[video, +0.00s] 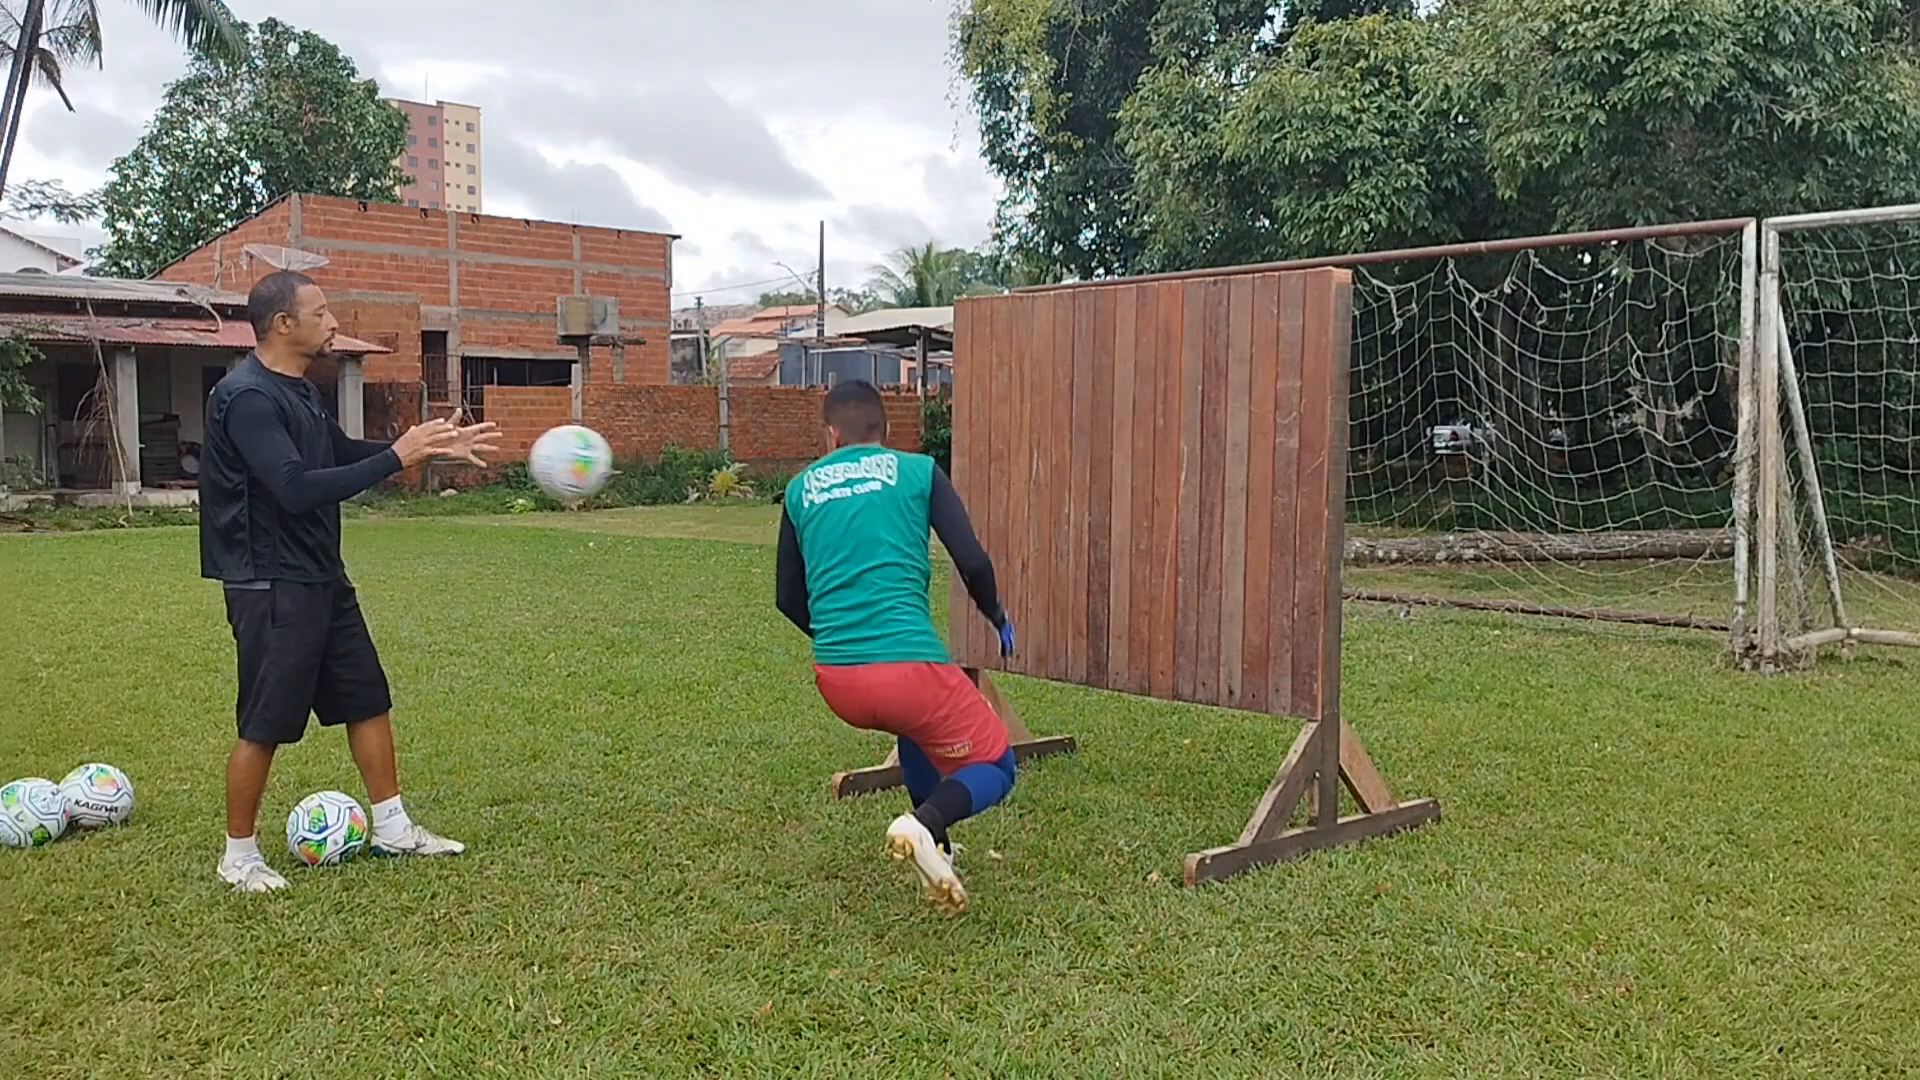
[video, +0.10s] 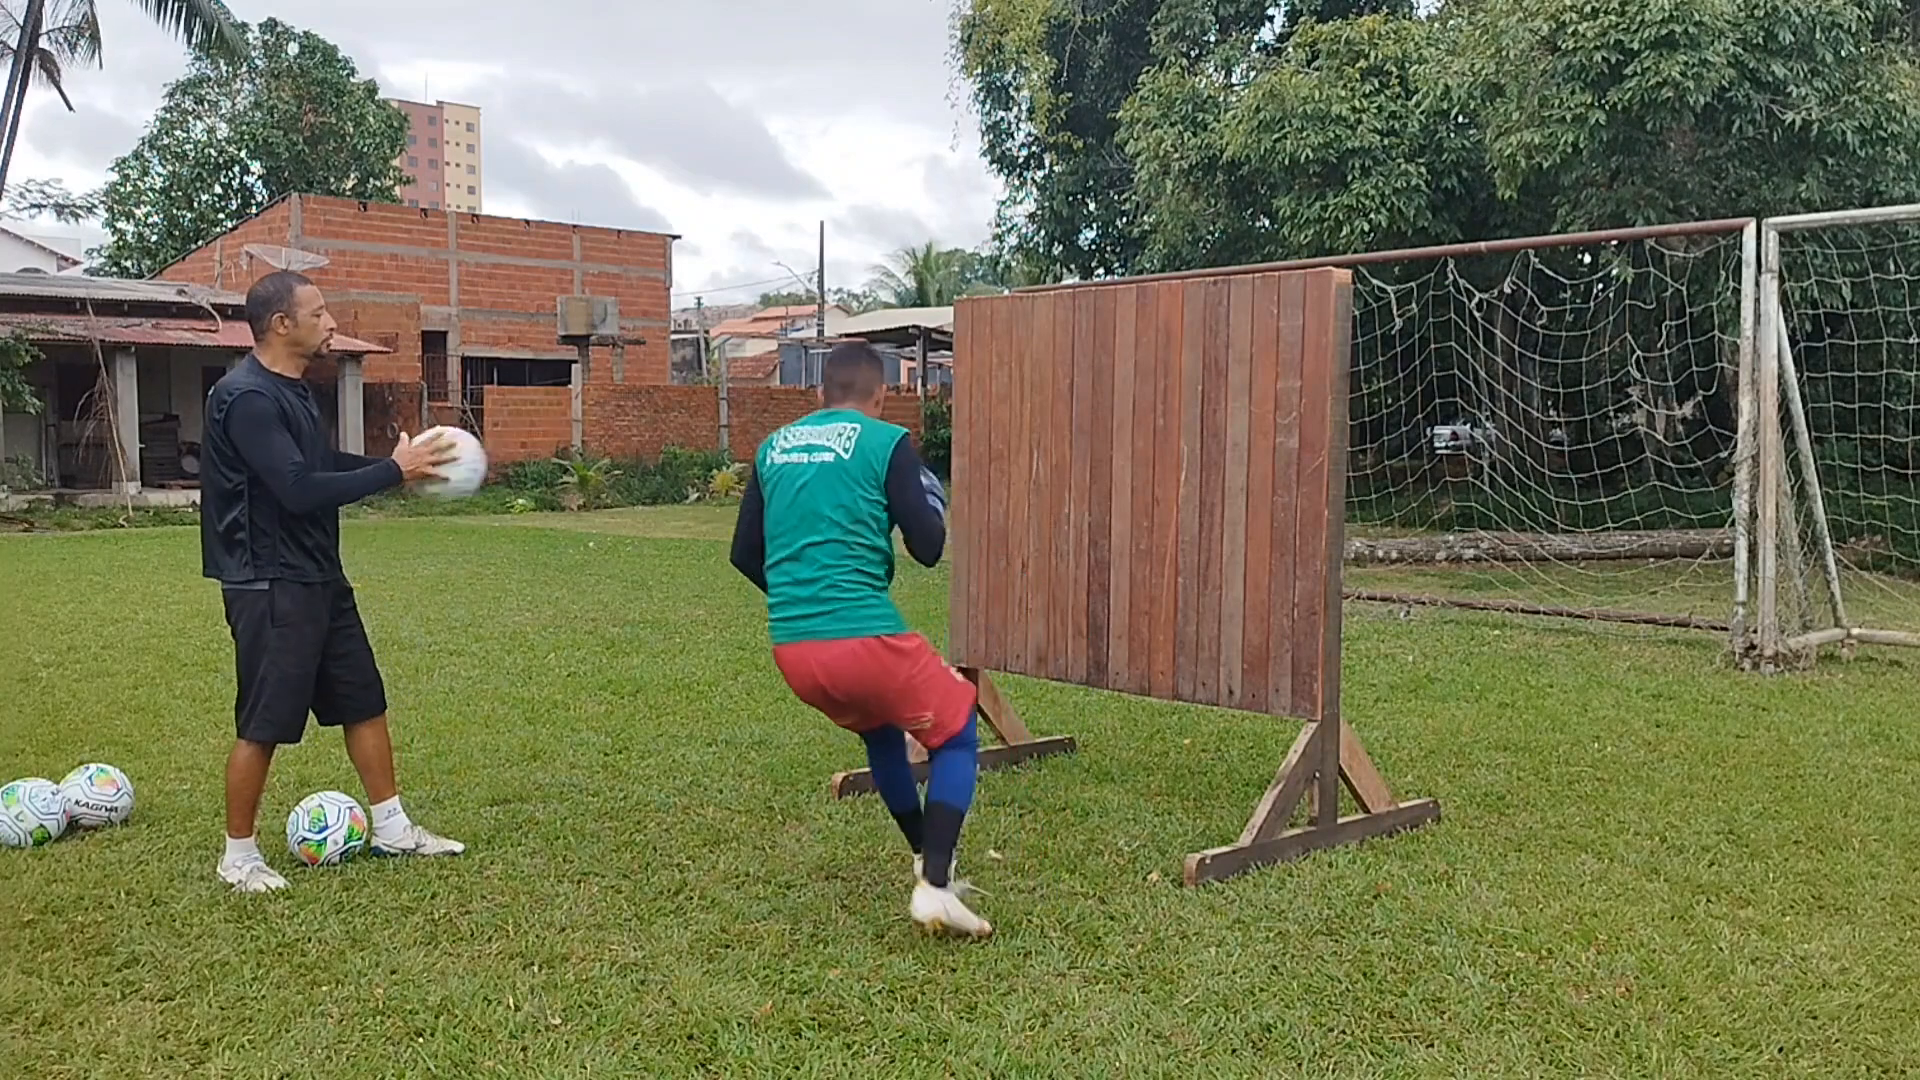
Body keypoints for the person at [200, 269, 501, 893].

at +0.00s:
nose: (333, 322)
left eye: (329, 311)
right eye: (321, 313)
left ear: (291, 324)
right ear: (284, 324)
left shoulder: (301, 393)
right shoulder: (249, 396)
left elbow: (345, 458)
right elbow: (295, 489)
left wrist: (423, 446)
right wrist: (396, 455)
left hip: (321, 580)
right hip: (270, 586)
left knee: (366, 699)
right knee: (263, 723)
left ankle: (392, 828)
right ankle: (240, 857)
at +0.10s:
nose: (331, 323)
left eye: (327, 311)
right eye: (319, 314)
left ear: (284, 325)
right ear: (281, 326)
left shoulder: (296, 393)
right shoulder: (249, 398)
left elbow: (323, 465)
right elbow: (297, 491)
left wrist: (399, 467)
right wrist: (391, 471)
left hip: (319, 581)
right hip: (268, 586)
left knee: (362, 701)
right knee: (262, 724)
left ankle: (391, 829)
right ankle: (239, 857)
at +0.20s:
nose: (333, 325)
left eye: (328, 313)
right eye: (320, 316)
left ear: (287, 327)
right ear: (281, 328)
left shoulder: (294, 394)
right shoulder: (248, 398)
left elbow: (315, 480)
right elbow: (277, 498)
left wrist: (383, 482)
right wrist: (377, 486)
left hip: (316, 580)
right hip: (267, 586)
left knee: (361, 700)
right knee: (261, 724)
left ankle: (391, 829)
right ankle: (239, 858)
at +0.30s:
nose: (335, 328)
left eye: (332, 316)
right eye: (323, 318)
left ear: (288, 328)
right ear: (283, 329)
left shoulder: (294, 395)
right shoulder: (243, 399)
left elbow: (317, 482)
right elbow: (262, 504)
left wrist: (377, 491)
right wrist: (364, 503)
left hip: (317, 581)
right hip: (264, 586)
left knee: (361, 700)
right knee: (259, 723)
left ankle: (390, 829)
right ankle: (238, 857)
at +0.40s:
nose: (337, 330)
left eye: (334, 317)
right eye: (325, 319)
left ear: (292, 329)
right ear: (284, 329)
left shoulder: (304, 392)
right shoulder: (238, 402)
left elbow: (318, 474)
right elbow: (246, 508)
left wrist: (377, 497)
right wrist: (356, 516)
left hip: (321, 580)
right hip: (263, 586)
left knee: (371, 700)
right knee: (255, 724)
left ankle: (392, 829)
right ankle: (238, 856)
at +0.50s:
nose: (340, 332)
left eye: (338, 319)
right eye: (328, 322)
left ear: (296, 331)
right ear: (288, 331)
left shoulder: (313, 391)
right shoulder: (234, 406)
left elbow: (324, 460)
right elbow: (232, 515)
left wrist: (374, 482)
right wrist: (333, 542)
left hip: (330, 580)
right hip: (265, 587)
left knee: (389, 692)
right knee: (254, 723)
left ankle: (397, 824)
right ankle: (238, 855)